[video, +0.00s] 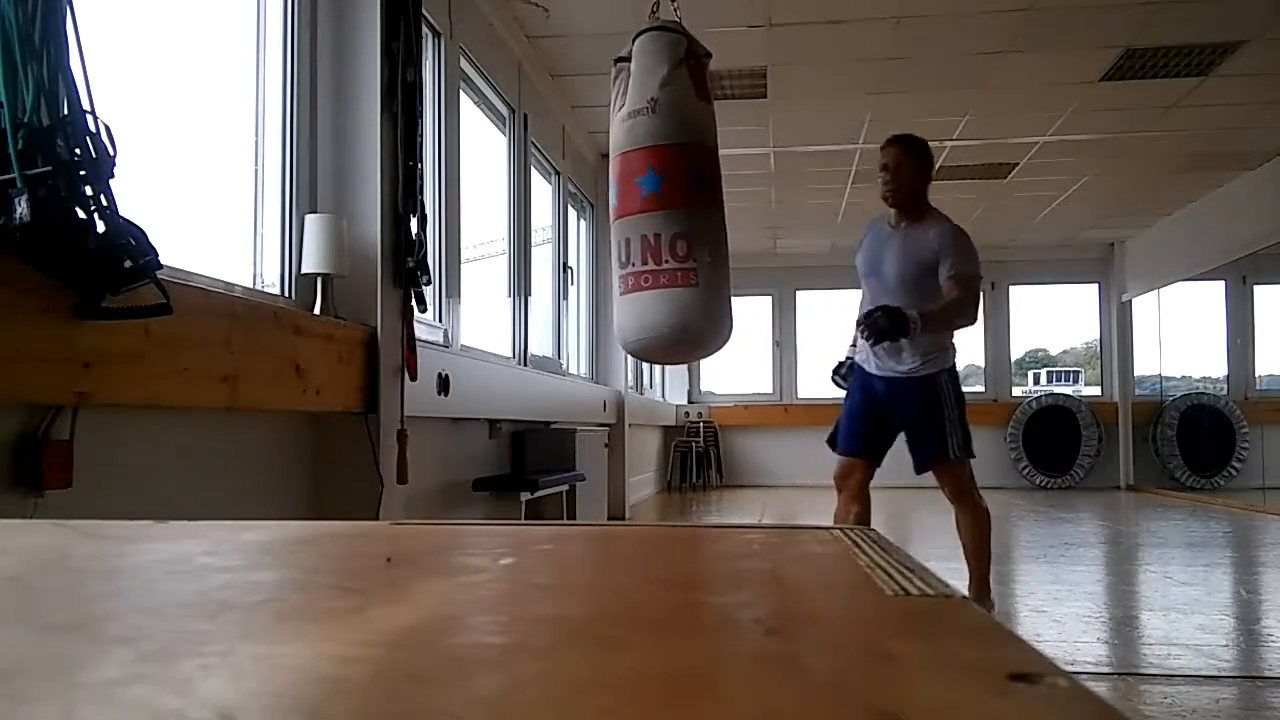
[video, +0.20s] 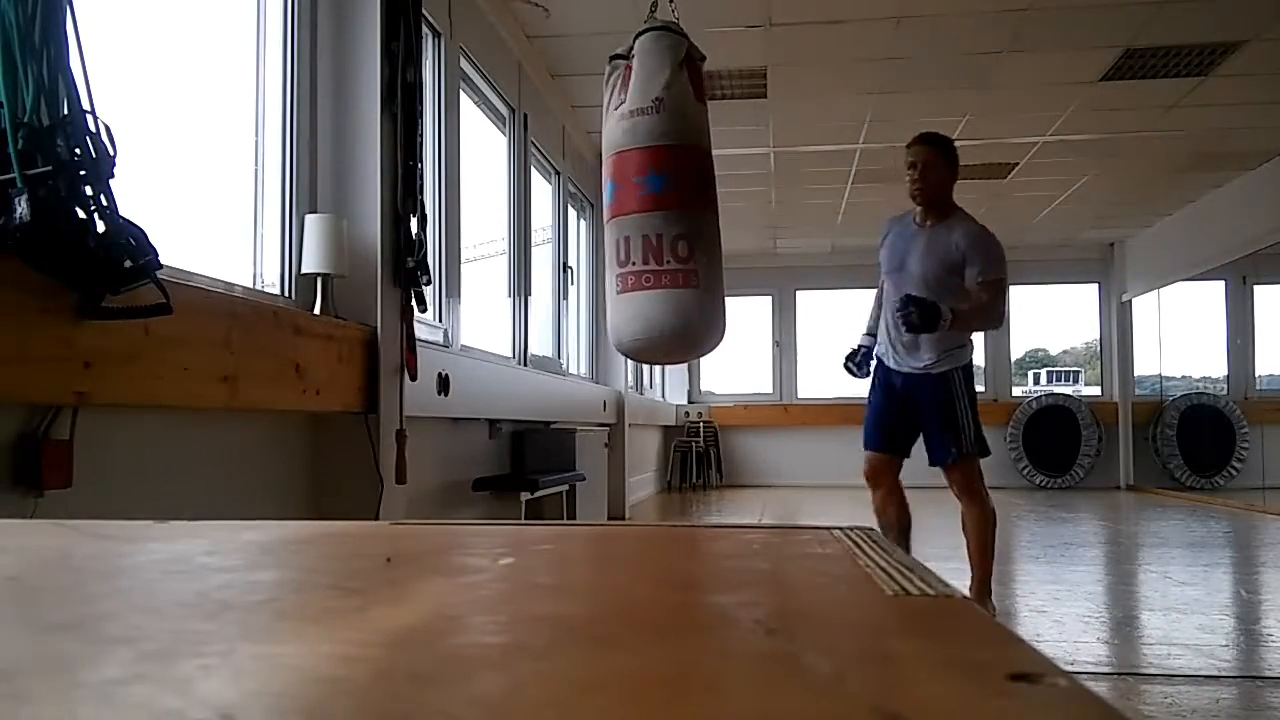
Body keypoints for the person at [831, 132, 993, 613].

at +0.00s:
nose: (882, 179)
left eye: (892, 170)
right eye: (881, 170)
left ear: (922, 174)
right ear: (882, 176)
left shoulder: (948, 237)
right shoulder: (874, 234)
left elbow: (965, 308)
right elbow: (871, 304)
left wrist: (909, 322)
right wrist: (855, 355)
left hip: (928, 381)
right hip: (871, 380)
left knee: (959, 488)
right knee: (848, 481)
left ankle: (980, 595)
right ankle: (847, 591)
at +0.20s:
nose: (913, 176)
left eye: (923, 167)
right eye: (909, 168)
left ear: (951, 173)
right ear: (905, 174)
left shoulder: (976, 240)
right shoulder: (895, 230)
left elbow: (992, 312)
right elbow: (886, 290)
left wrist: (943, 316)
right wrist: (867, 339)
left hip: (943, 374)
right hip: (890, 372)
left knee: (966, 484)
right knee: (878, 472)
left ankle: (981, 594)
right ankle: (899, 581)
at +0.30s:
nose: (914, 179)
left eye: (924, 170)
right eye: (910, 170)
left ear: (951, 175)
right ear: (907, 176)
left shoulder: (977, 240)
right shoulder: (899, 234)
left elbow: (998, 310)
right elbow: (887, 293)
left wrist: (952, 295)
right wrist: (863, 332)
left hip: (947, 373)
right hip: (896, 372)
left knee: (966, 483)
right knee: (892, 471)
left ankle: (981, 594)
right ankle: (935, 566)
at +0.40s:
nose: (906, 184)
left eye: (915, 175)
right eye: (902, 176)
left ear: (944, 179)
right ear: (899, 182)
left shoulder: (972, 239)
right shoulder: (893, 240)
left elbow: (994, 309)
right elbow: (886, 295)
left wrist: (952, 280)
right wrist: (859, 323)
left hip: (950, 372)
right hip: (901, 373)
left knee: (965, 480)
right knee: (909, 470)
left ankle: (982, 593)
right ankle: (952, 558)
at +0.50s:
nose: (896, 201)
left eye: (906, 190)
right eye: (891, 192)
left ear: (931, 193)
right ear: (887, 199)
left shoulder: (962, 248)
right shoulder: (887, 259)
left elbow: (991, 313)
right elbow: (879, 313)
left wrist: (945, 288)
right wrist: (855, 329)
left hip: (950, 378)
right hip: (904, 383)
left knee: (960, 484)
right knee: (923, 481)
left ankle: (983, 594)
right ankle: (959, 568)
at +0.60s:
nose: (880, 210)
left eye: (888, 200)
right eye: (876, 202)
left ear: (915, 199)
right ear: (877, 208)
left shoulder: (953, 247)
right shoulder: (881, 264)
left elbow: (988, 309)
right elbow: (877, 320)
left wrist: (941, 295)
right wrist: (858, 331)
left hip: (950, 373)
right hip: (905, 382)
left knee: (951, 469)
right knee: (917, 480)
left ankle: (979, 582)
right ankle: (959, 568)